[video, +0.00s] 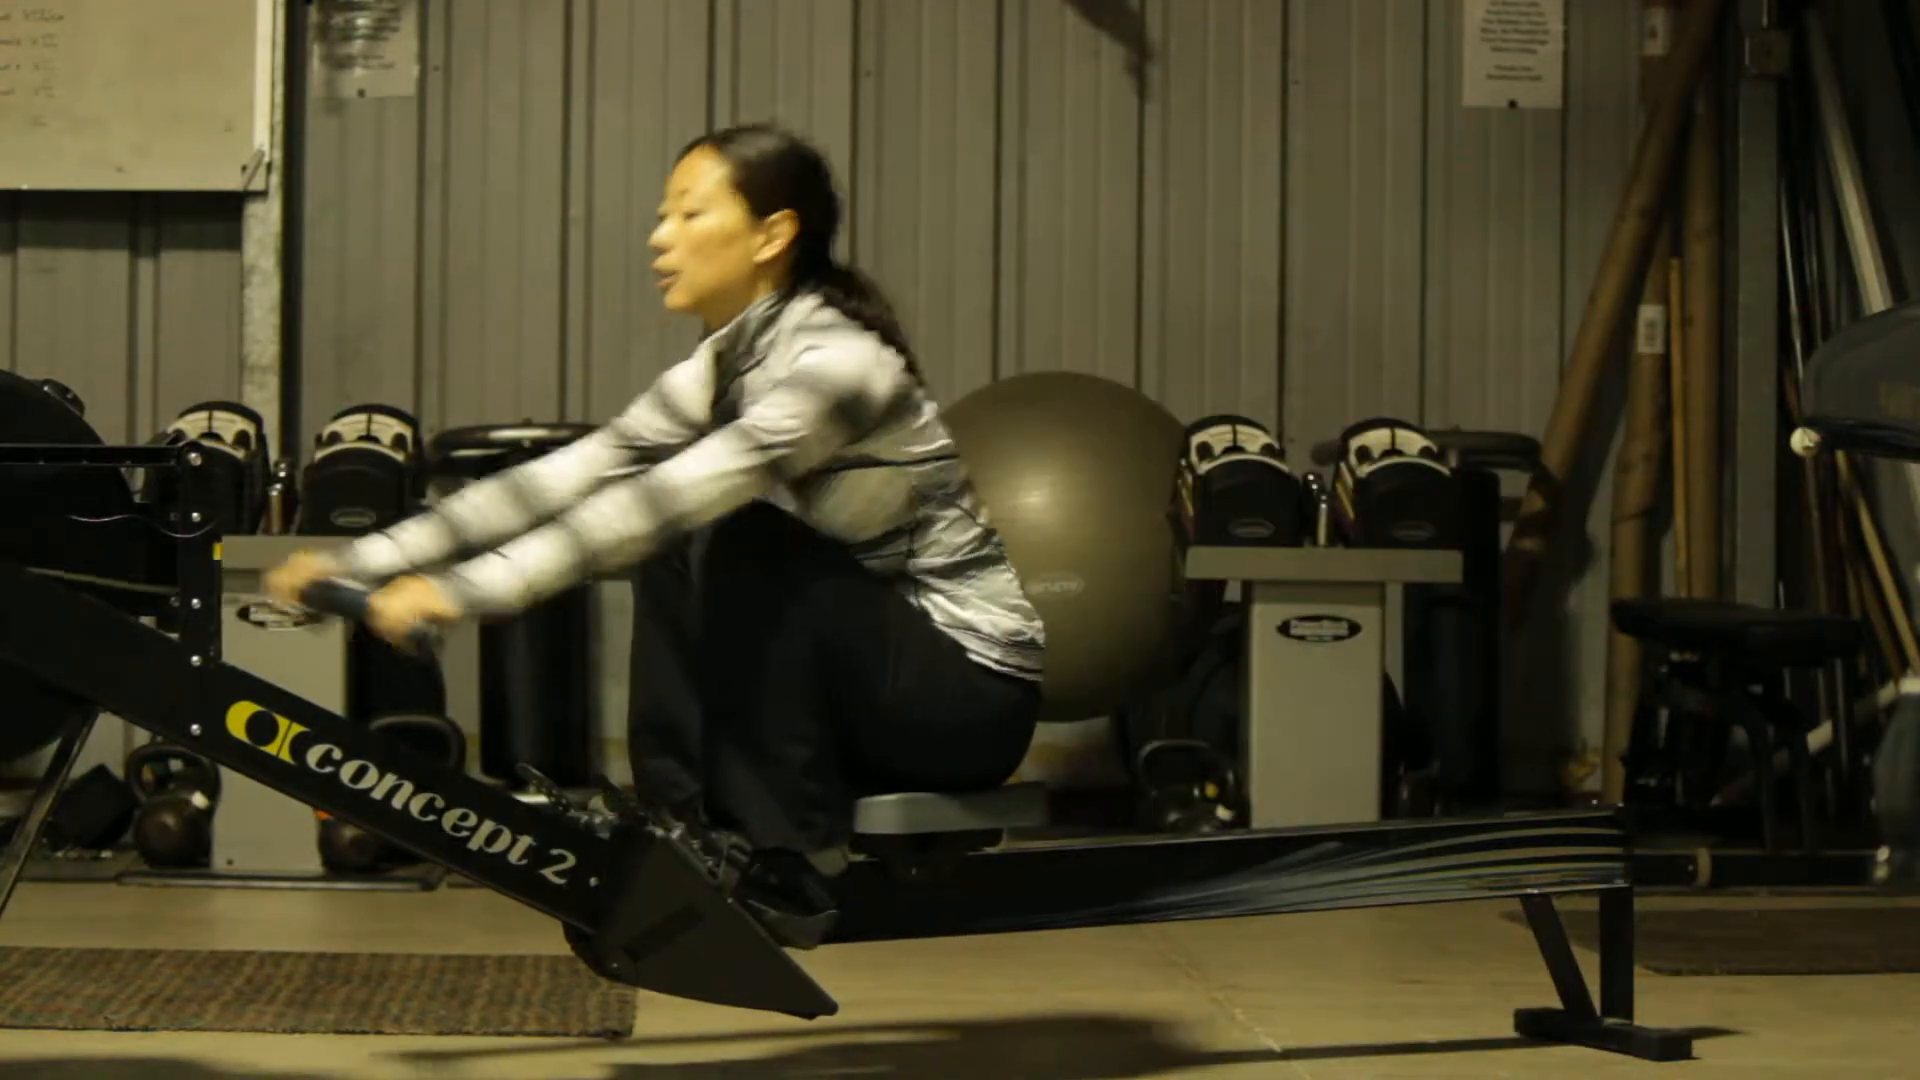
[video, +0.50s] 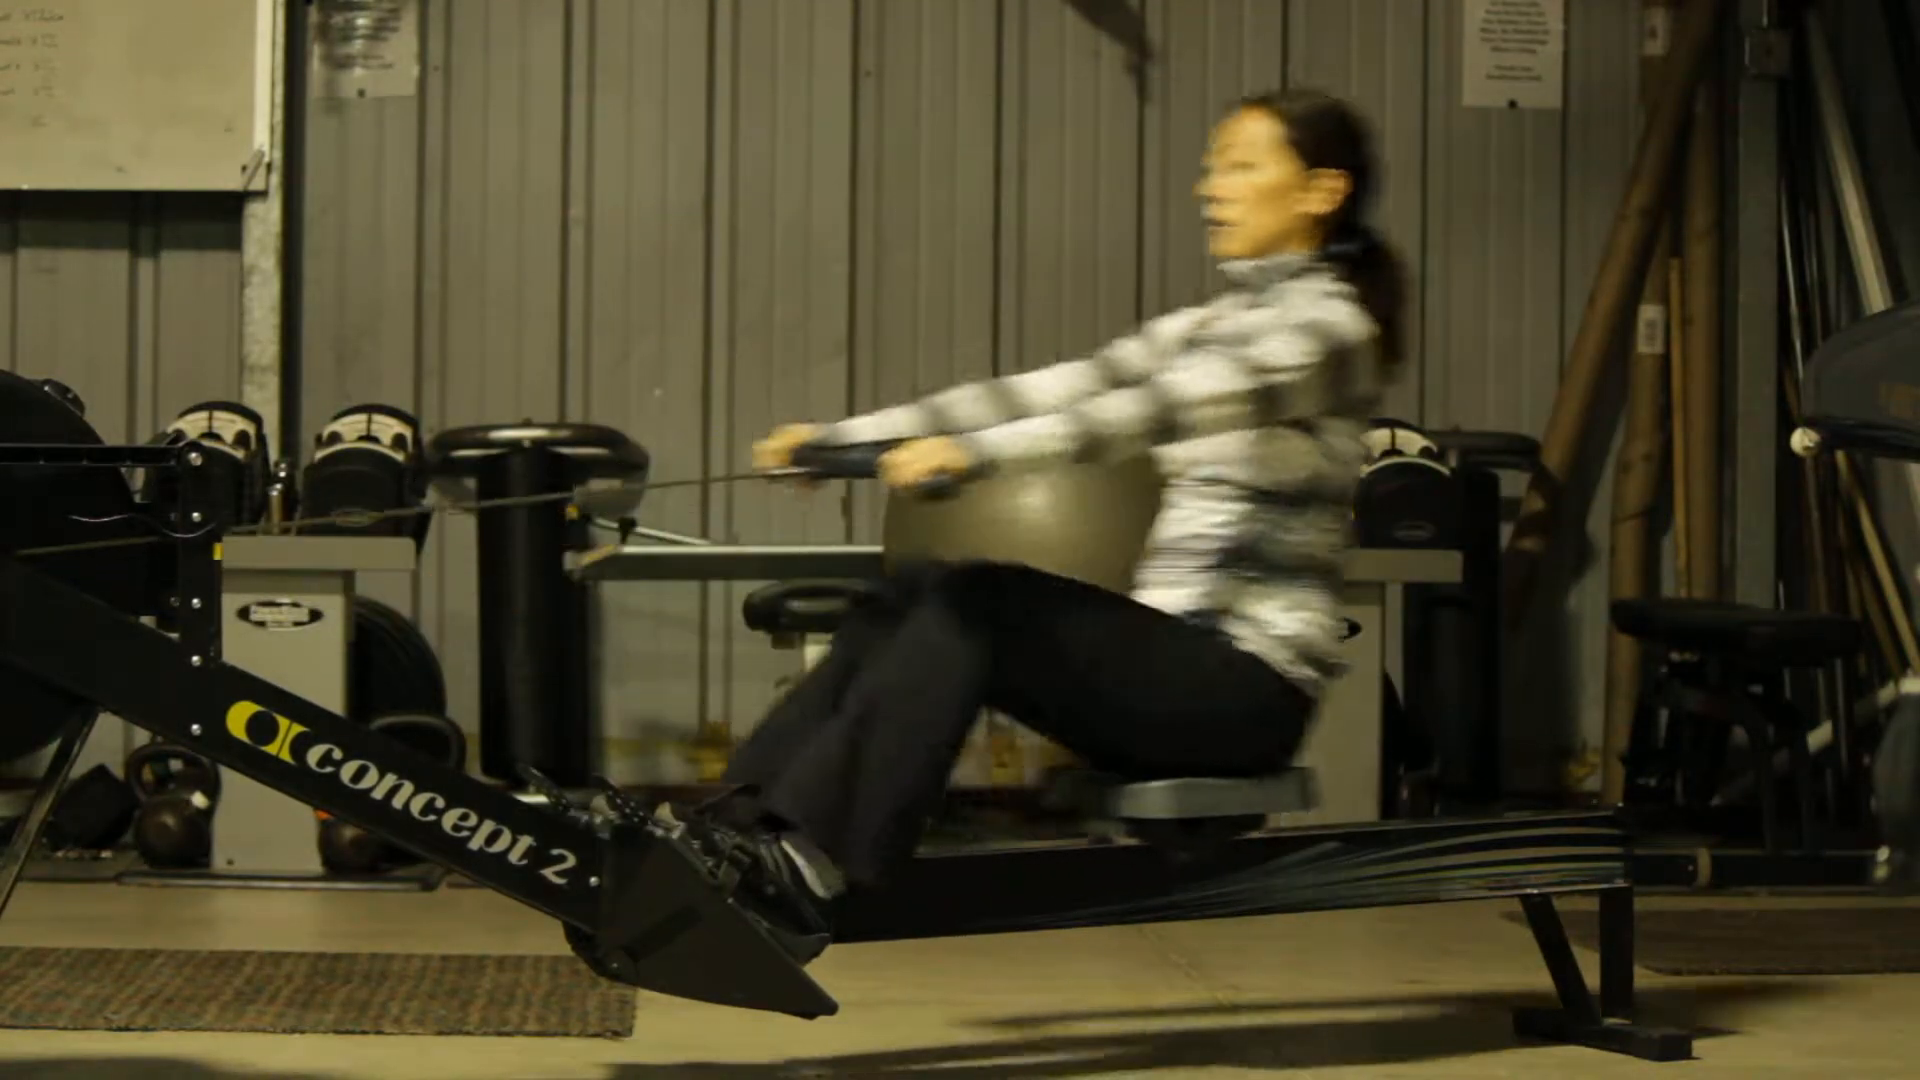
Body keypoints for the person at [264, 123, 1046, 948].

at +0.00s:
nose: (658, 240)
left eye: (688, 213)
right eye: (665, 215)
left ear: (773, 236)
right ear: (748, 242)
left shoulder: (833, 361)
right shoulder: (720, 364)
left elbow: (660, 506)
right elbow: (573, 474)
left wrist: (465, 589)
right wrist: (361, 559)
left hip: (968, 689)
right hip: (875, 676)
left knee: (750, 542)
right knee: (670, 545)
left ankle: (789, 866)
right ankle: (685, 828)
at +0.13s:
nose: (757, 196)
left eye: (789, 172)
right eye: (764, 175)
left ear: (880, 200)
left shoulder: (927, 334)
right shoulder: (811, 332)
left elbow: (779, 498)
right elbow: (675, 471)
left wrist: (595, 590)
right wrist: (484, 575)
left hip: (996, 699)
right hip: (901, 687)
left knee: (798, 548)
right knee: (720, 550)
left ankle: (789, 859)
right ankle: (682, 835)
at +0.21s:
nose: (854, 186)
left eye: (887, 162)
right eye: (861, 162)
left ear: (978, 191)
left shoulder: (1020, 322)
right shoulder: (900, 324)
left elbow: (866, 474)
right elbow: (760, 456)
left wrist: (682, 554)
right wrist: (568, 539)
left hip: (1045, 698)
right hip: (957, 685)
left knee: (838, 562)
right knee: (749, 557)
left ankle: (775, 860)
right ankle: (677, 823)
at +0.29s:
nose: (968, 187)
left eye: (1000, 165)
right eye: (973, 164)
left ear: (1088, 189)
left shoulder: (1116, 321)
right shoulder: (1003, 322)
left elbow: (954, 445)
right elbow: (850, 425)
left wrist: (766, 509)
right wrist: (644, 494)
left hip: (1112, 697)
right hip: (1035, 684)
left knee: (879, 558)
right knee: (806, 550)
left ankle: (781, 856)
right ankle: (692, 826)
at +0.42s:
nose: (1124, 187)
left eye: (1154, 164)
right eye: (1126, 165)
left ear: (1239, 187)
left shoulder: (1250, 322)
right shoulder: (1131, 323)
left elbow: (1081, 411)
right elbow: (970, 395)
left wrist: (894, 459)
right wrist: (763, 448)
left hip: (1195, 696)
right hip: (1117, 684)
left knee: (937, 577)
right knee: (873, 570)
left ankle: (801, 860)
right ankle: (711, 821)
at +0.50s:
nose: (1209, 189)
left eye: (1239, 168)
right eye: (1213, 169)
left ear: (1324, 191)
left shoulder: (1327, 322)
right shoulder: (1217, 319)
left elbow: (1161, 405)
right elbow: (1057, 388)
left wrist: (980, 450)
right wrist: (849, 438)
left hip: (1250, 685)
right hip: (1171, 664)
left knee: (967, 602)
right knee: (904, 596)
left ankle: (815, 868)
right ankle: (734, 830)